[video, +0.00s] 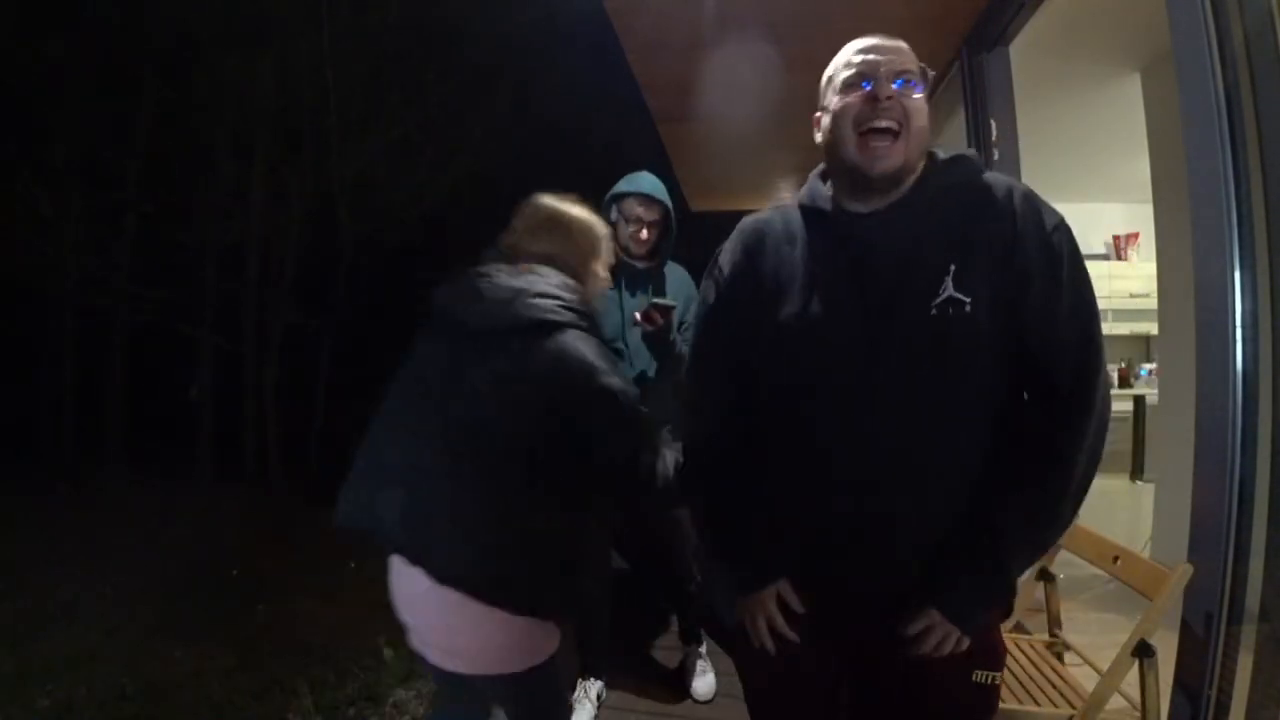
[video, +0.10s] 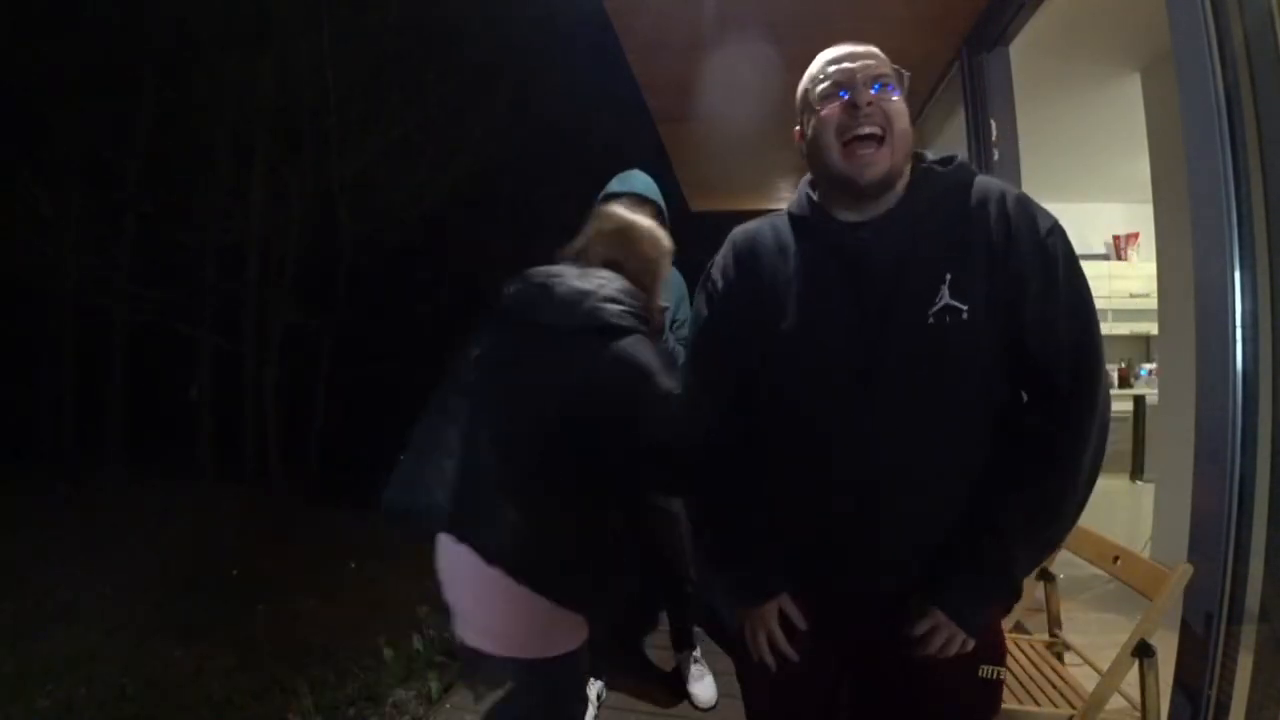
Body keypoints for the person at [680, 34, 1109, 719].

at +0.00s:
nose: (884, 94)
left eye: (904, 81)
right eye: (859, 81)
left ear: (930, 117)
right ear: (820, 125)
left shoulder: (1013, 226)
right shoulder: (758, 249)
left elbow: (1071, 419)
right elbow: (703, 429)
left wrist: (975, 585)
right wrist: (741, 574)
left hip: (944, 615)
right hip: (793, 613)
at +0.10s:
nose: (862, 99)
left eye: (881, 86)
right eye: (835, 91)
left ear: (912, 118)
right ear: (803, 135)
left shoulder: (1005, 228)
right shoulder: (750, 259)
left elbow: (1074, 418)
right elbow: (702, 440)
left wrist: (978, 586)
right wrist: (743, 584)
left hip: (944, 618)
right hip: (794, 618)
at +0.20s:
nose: (855, 97)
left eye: (874, 82)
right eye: (827, 91)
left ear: (907, 115)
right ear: (795, 141)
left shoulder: (1005, 229)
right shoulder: (745, 263)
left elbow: (1077, 417)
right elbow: (705, 443)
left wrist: (979, 588)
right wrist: (749, 590)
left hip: (943, 616)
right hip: (793, 618)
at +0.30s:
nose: (852, 97)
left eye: (874, 82)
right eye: (824, 90)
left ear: (912, 118)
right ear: (794, 140)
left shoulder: (1013, 240)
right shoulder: (742, 269)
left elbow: (1077, 444)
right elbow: (695, 453)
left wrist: (975, 612)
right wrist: (749, 597)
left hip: (943, 627)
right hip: (789, 625)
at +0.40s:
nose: (851, 105)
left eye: (877, 87)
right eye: (822, 96)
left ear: (920, 125)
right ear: (793, 147)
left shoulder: (1019, 259)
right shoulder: (735, 278)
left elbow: (1085, 469)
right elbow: (697, 462)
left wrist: (965, 643)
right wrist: (747, 606)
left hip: (945, 645)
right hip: (786, 639)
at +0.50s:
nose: (837, 136)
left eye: (870, 106)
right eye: (806, 118)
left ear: (924, 138)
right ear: (779, 159)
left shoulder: (1020, 283)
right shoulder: (721, 299)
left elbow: (1103, 501)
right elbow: (684, 482)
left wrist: (962, 669)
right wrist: (733, 621)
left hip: (941, 659)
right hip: (774, 656)